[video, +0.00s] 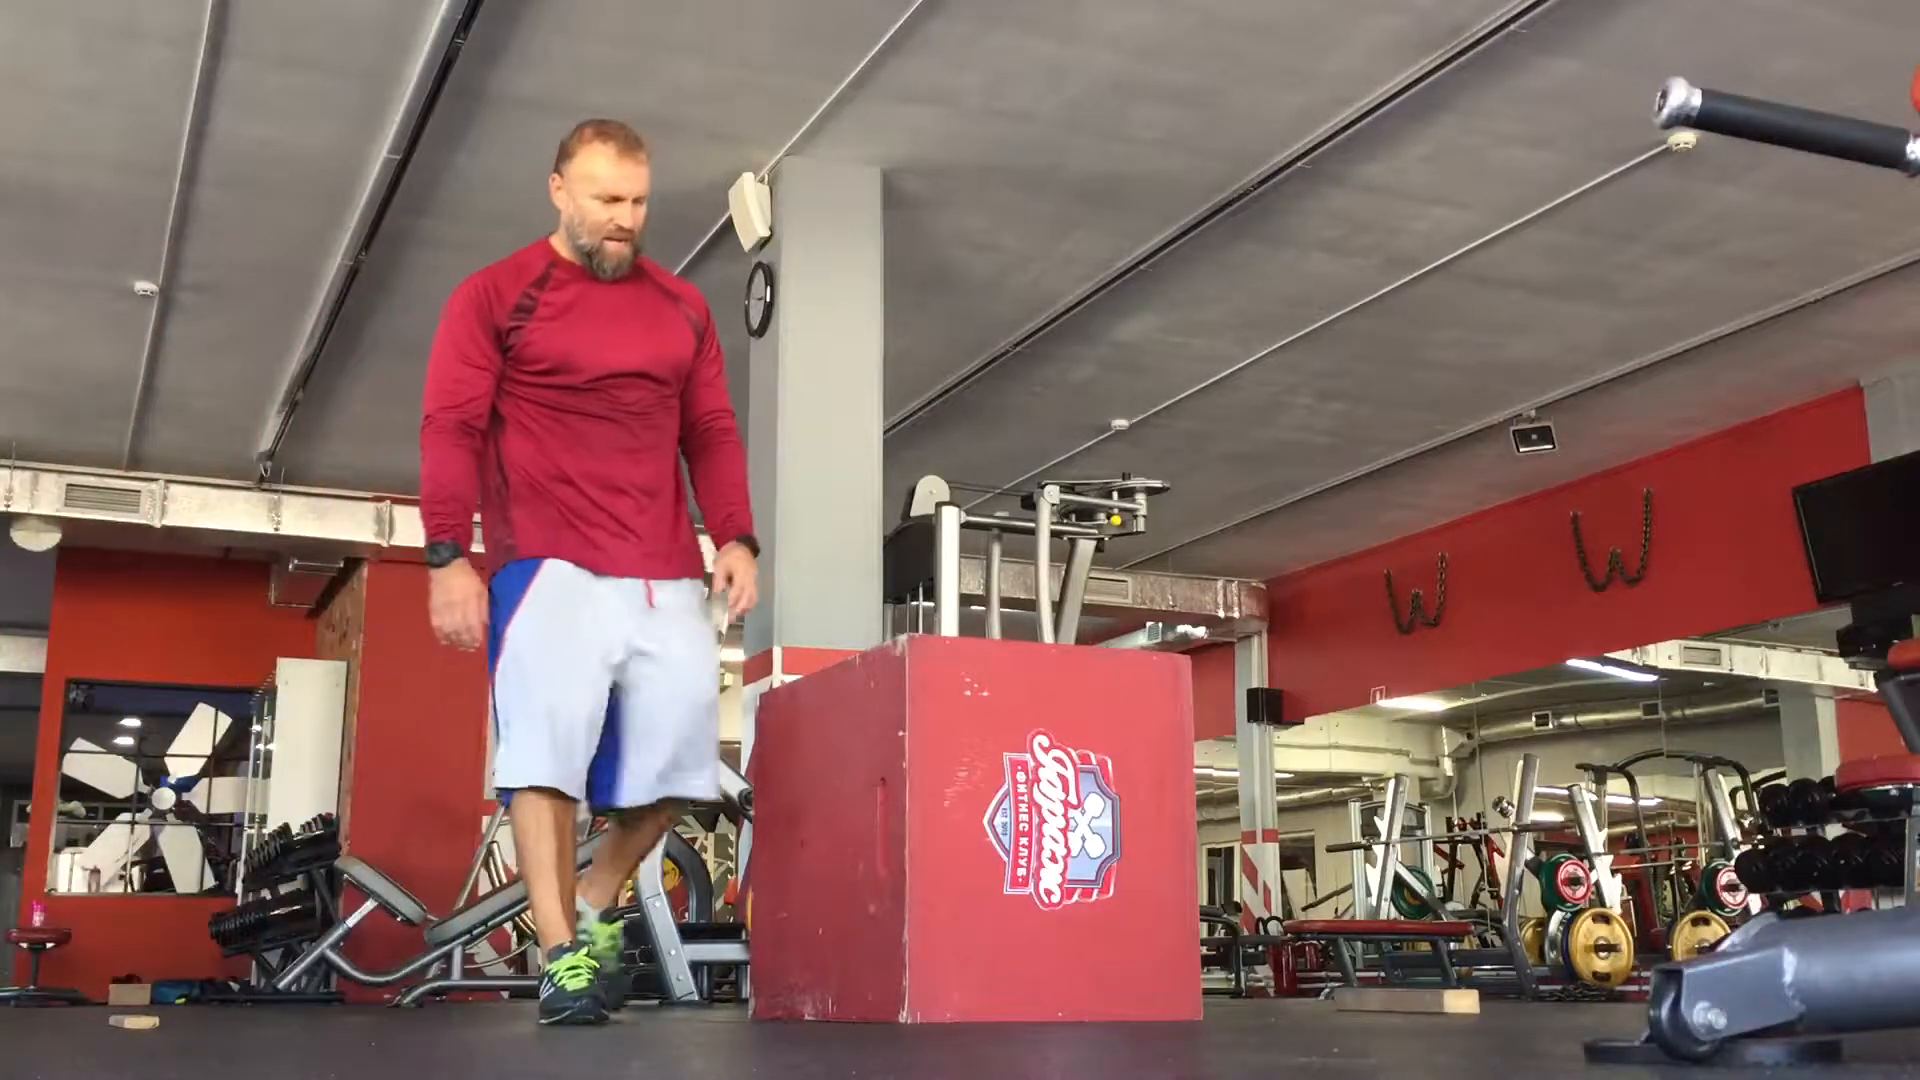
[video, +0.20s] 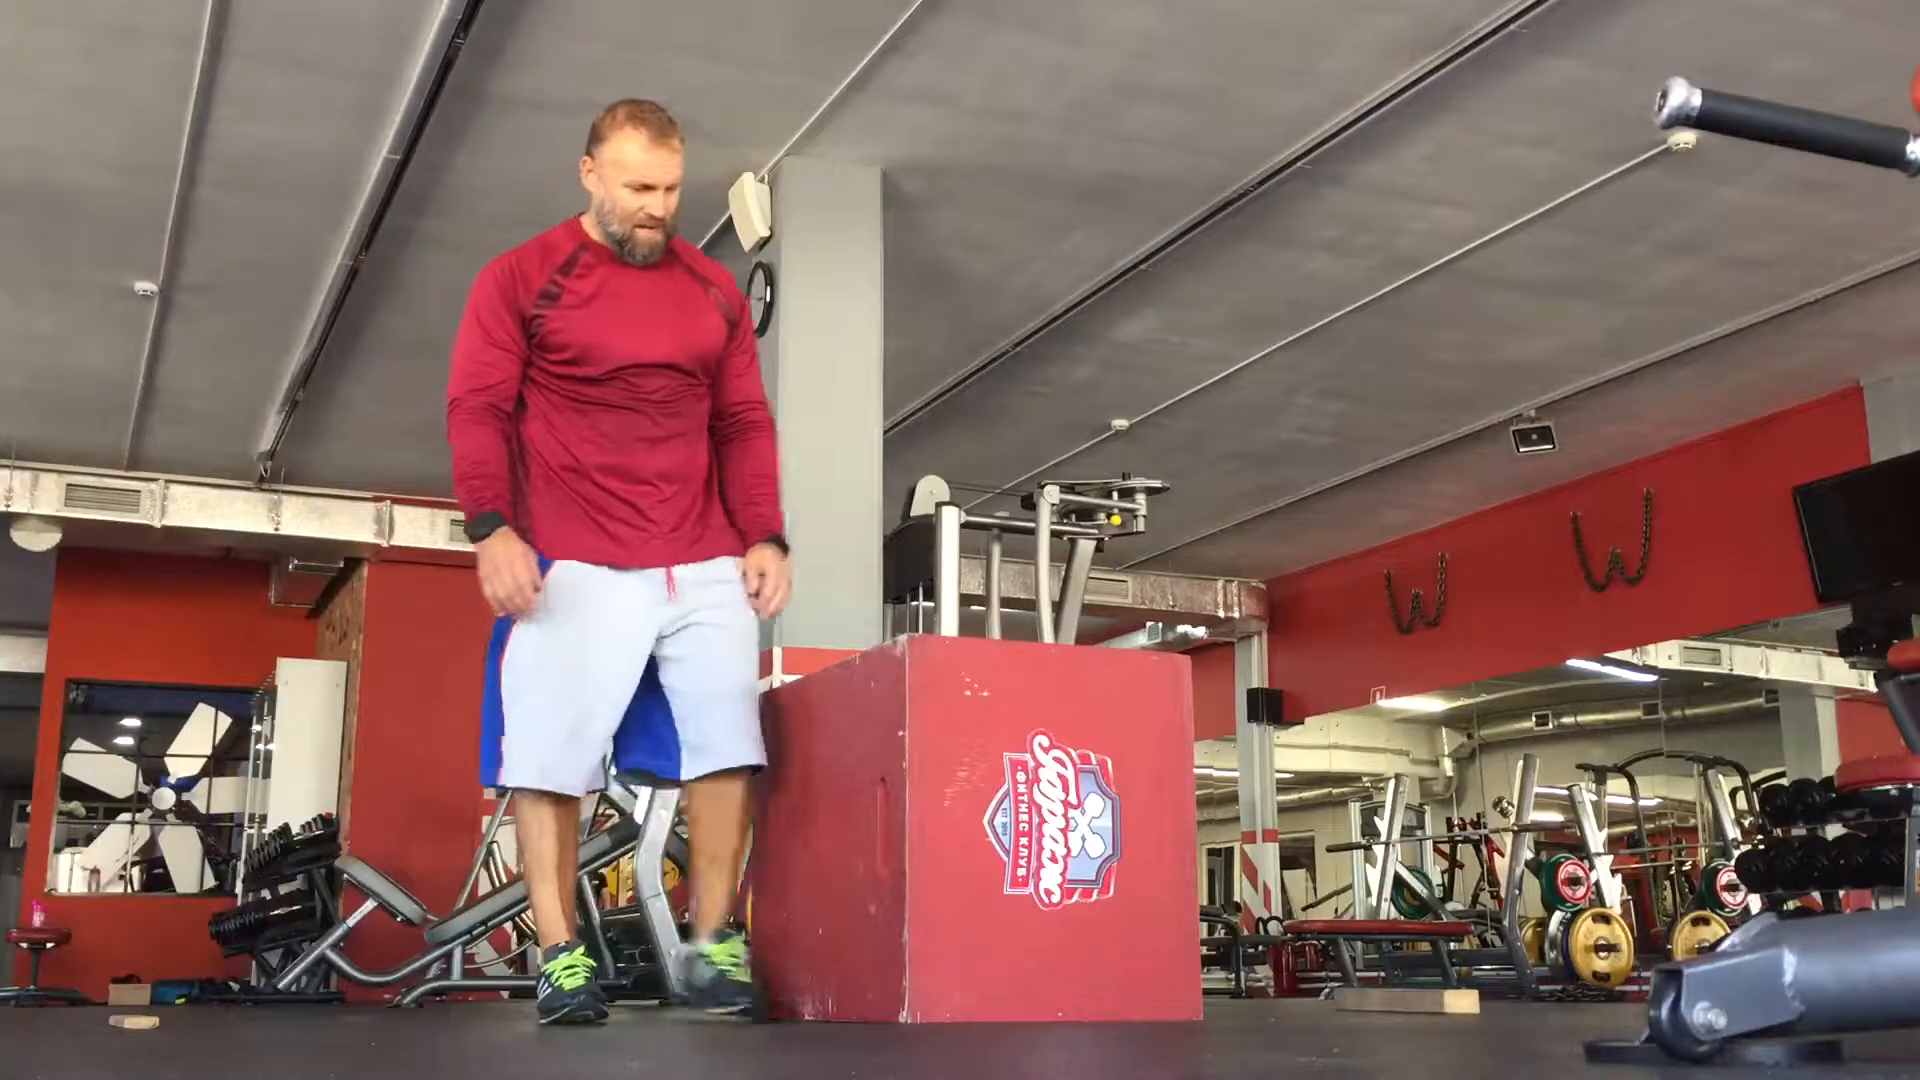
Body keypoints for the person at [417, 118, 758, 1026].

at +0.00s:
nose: (627, 218)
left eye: (639, 201)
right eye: (608, 199)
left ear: (651, 200)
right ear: (559, 190)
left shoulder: (682, 306)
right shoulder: (496, 297)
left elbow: (712, 432)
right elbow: (452, 427)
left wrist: (733, 538)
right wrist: (449, 555)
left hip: (666, 575)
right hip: (551, 568)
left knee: (680, 746)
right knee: (544, 749)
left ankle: (598, 892)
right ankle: (557, 951)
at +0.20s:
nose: (658, 206)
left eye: (671, 188)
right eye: (639, 185)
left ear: (685, 184)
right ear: (590, 174)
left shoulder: (714, 291)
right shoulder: (520, 280)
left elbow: (745, 424)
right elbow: (477, 407)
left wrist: (765, 535)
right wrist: (490, 526)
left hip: (703, 561)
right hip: (573, 562)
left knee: (725, 741)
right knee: (548, 753)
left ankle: (712, 948)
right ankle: (560, 954)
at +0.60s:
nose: (794, 201)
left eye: (810, 186)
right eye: (777, 182)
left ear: (829, 179)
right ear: (733, 160)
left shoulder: (851, 301)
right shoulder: (646, 244)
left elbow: (871, 440)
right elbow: (578, 365)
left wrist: (888, 563)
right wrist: (536, 488)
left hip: (769, 551)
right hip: (633, 534)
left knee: (782, 746)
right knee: (597, 741)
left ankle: (780, 960)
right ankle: (574, 951)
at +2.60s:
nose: (782, 143)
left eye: (801, 126)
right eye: (764, 125)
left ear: (830, 136)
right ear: (734, 132)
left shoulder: (874, 270)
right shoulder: (669, 236)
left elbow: (899, 403)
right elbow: (615, 357)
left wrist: (876, 519)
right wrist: (602, 469)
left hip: (795, 543)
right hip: (665, 533)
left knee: (786, 746)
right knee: (639, 740)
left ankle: (779, 958)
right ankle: (643, 956)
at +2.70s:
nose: (747, 147)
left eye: (766, 129)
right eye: (729, 130)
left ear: (797, 139)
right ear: (702, 141)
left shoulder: (849, 268)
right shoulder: (647, 248)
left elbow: (887, 380)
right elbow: (590, 356)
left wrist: (861, 433)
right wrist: (608, 423)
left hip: (784, 531)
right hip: (656, 528)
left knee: (782, 742)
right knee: (636, 740)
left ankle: (779, 958)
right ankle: (640, 964)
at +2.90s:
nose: (676, 167)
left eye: (694, 150)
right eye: (657, 153)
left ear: (726, 162)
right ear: (634, 169)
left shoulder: (767, 253)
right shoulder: (597, 252)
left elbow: (805, 279)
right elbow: (567, 291)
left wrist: (798, 280)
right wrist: (605, 288)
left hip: (741, 549)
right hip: (615, 553)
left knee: (762, 750)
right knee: (618, 754)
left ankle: (775, 958)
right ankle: (636, 963)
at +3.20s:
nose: (594, 178)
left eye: (610, 160)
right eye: (574, 164)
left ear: (641, 165)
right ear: (550, 176)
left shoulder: (688, 253)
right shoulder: (522, 261)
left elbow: (721, 283)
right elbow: (492, 294)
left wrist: (698, 251)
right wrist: (530, 270)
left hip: (655, 527)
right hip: (550, 537)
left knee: (652, 726)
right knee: (575, 742)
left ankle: (662, 947)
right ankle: (623, 949)